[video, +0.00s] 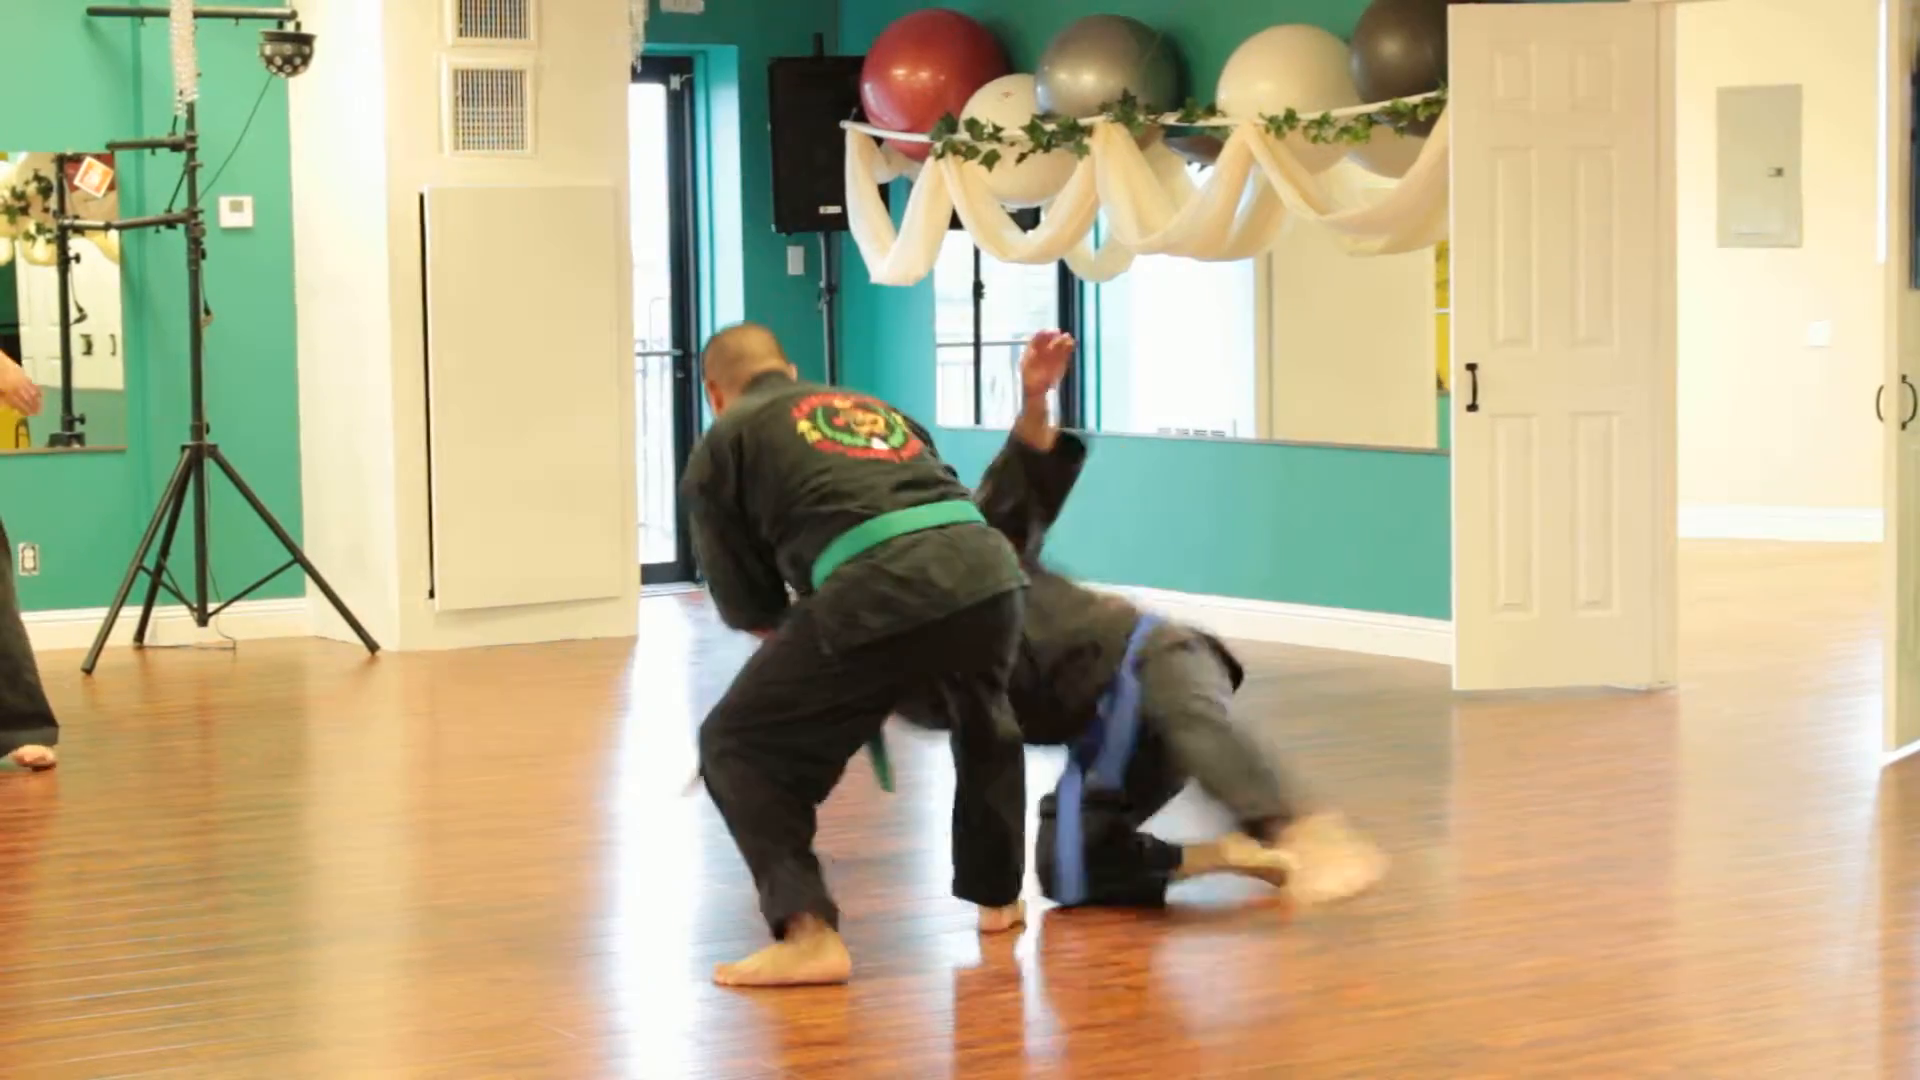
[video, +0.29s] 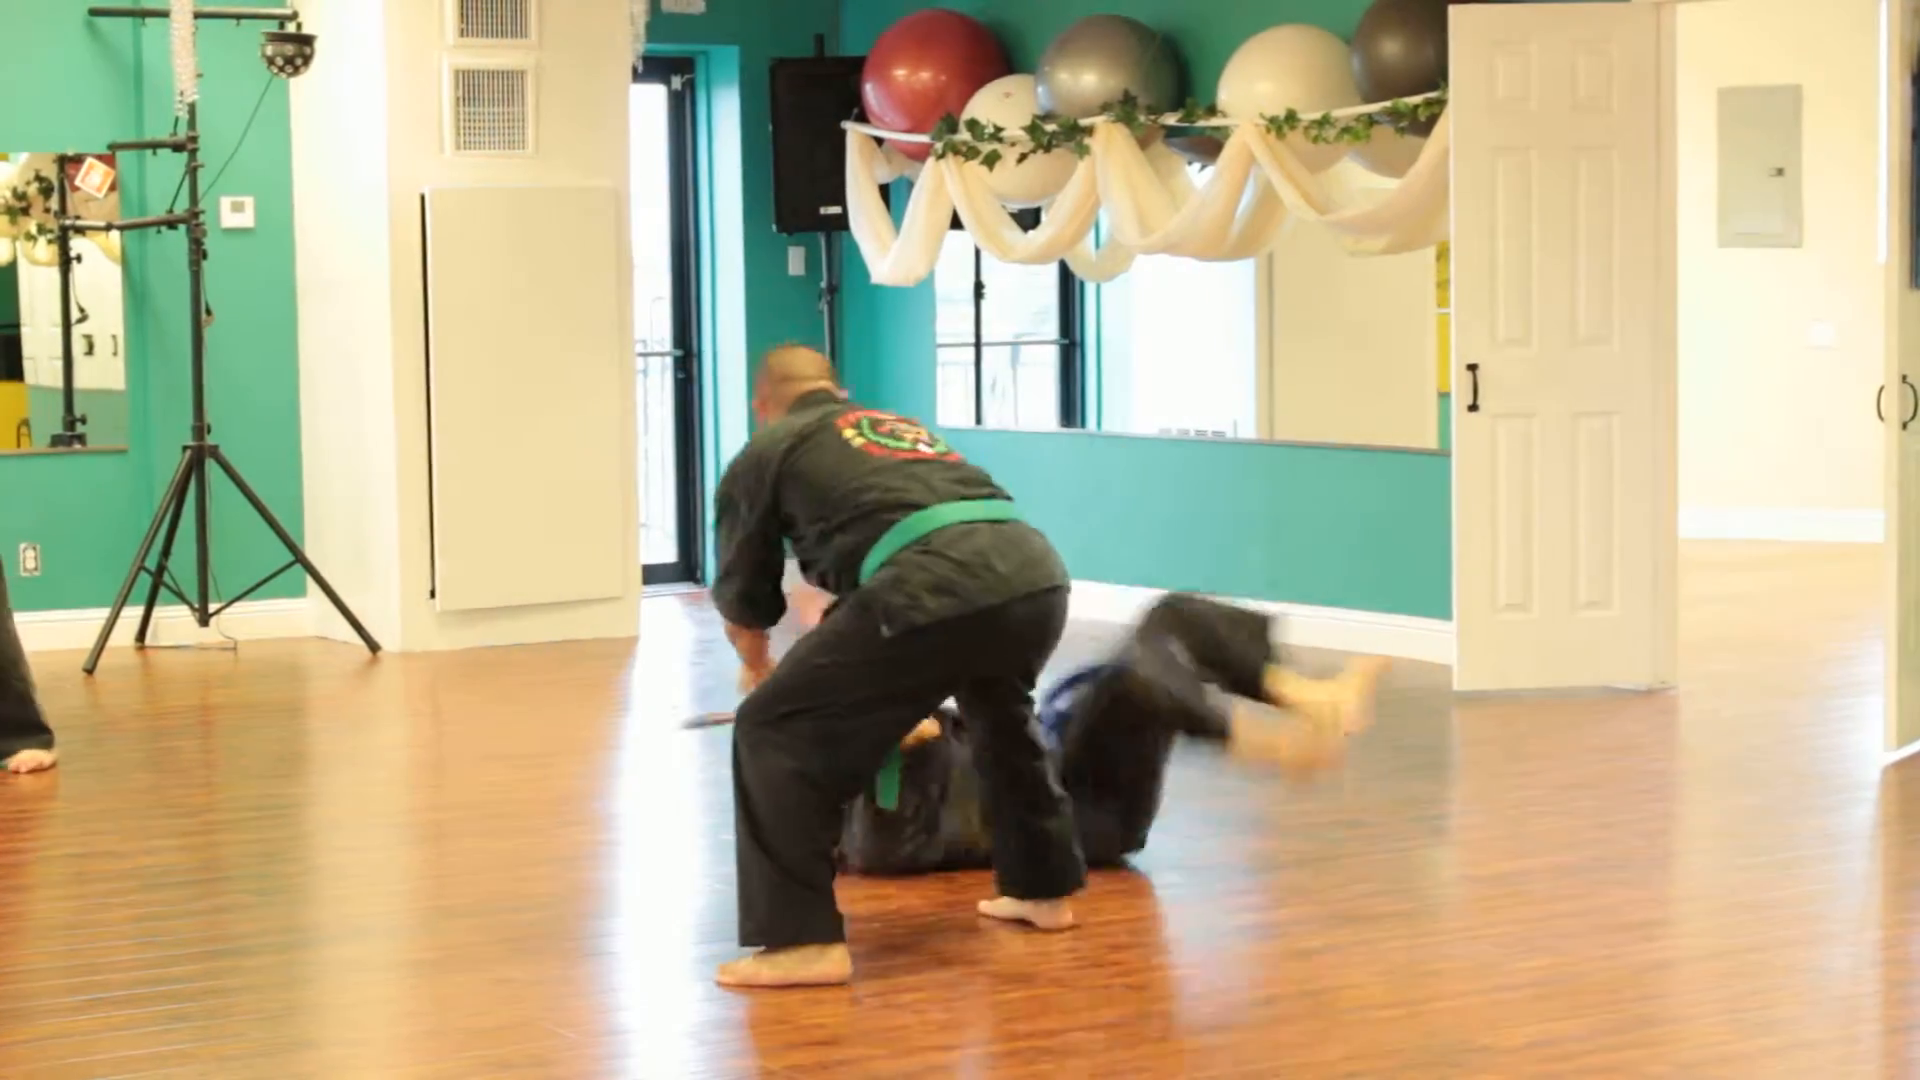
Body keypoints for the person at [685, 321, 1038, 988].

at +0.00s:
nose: (713, 404)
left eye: (709, 395)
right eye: (712, 396)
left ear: (717, 390)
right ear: (789, 370)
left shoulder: (721, 446)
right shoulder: (870, 406)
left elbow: (749, 609)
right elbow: (937, 497)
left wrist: (820, 642)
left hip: (878, 587)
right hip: (987, 564)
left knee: (736, 743)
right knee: (987, 717)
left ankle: (809, 935)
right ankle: (999, 899)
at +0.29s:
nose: (755, 418)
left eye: (754, 409)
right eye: (755, 411)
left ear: (765, 404)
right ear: (834, 392)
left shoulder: (762, 457)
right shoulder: (890, 425)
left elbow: (744, 601)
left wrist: (757, 670)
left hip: (929, 588)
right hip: (1036, 574)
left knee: (773, 726)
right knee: (998, 703)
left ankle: (804, 941)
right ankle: (1044, 888)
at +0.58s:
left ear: (951, 338)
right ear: (1021, 339)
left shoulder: (907, 387)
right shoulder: (1066, 397)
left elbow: (887, 495)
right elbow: (1093, 521)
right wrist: (1075, 595)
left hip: (923, 546)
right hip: (1045, 551)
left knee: (837, 714)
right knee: (1063, 704)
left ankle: (840, 852)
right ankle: (1065, 887)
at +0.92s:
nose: (1095, 302)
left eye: (1095, 293)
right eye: (1095, 292)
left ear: (1018, 282)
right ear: (1083, 289)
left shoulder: (967, 336)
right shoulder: (1074, 338)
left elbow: (957, 450)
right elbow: (1133, 463)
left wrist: (1042, 540)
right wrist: (1125, 523)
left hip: (856, 526)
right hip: (951, 528)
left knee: (885, 654)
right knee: (1086, 676)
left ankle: (835, 833)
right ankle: (1083, 875)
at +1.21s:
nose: (872, 273)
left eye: (873, 264)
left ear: (879, 266)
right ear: (957, 251)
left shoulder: (855, 331)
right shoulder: (1023, 280)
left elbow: (818, 457)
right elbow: (1140, 275)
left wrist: (794, 467)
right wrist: (1194, 293)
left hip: (954, 524)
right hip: (1063, 511)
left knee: (876, 658)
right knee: (1082, 680)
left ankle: (921, 823)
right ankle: (1172, 761)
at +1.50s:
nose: (815, 356)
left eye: (806, 340)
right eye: (806, 343)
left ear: (820, 322)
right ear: (865, 298)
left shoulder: (897, 364)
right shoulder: (931, 331)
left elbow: (911, 497)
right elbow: (972, 448)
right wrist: (929, 537)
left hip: (1052, 542)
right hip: (1093, 524)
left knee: (919, 645)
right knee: (1034, 670)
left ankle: (938, 831)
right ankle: (1127, 775)